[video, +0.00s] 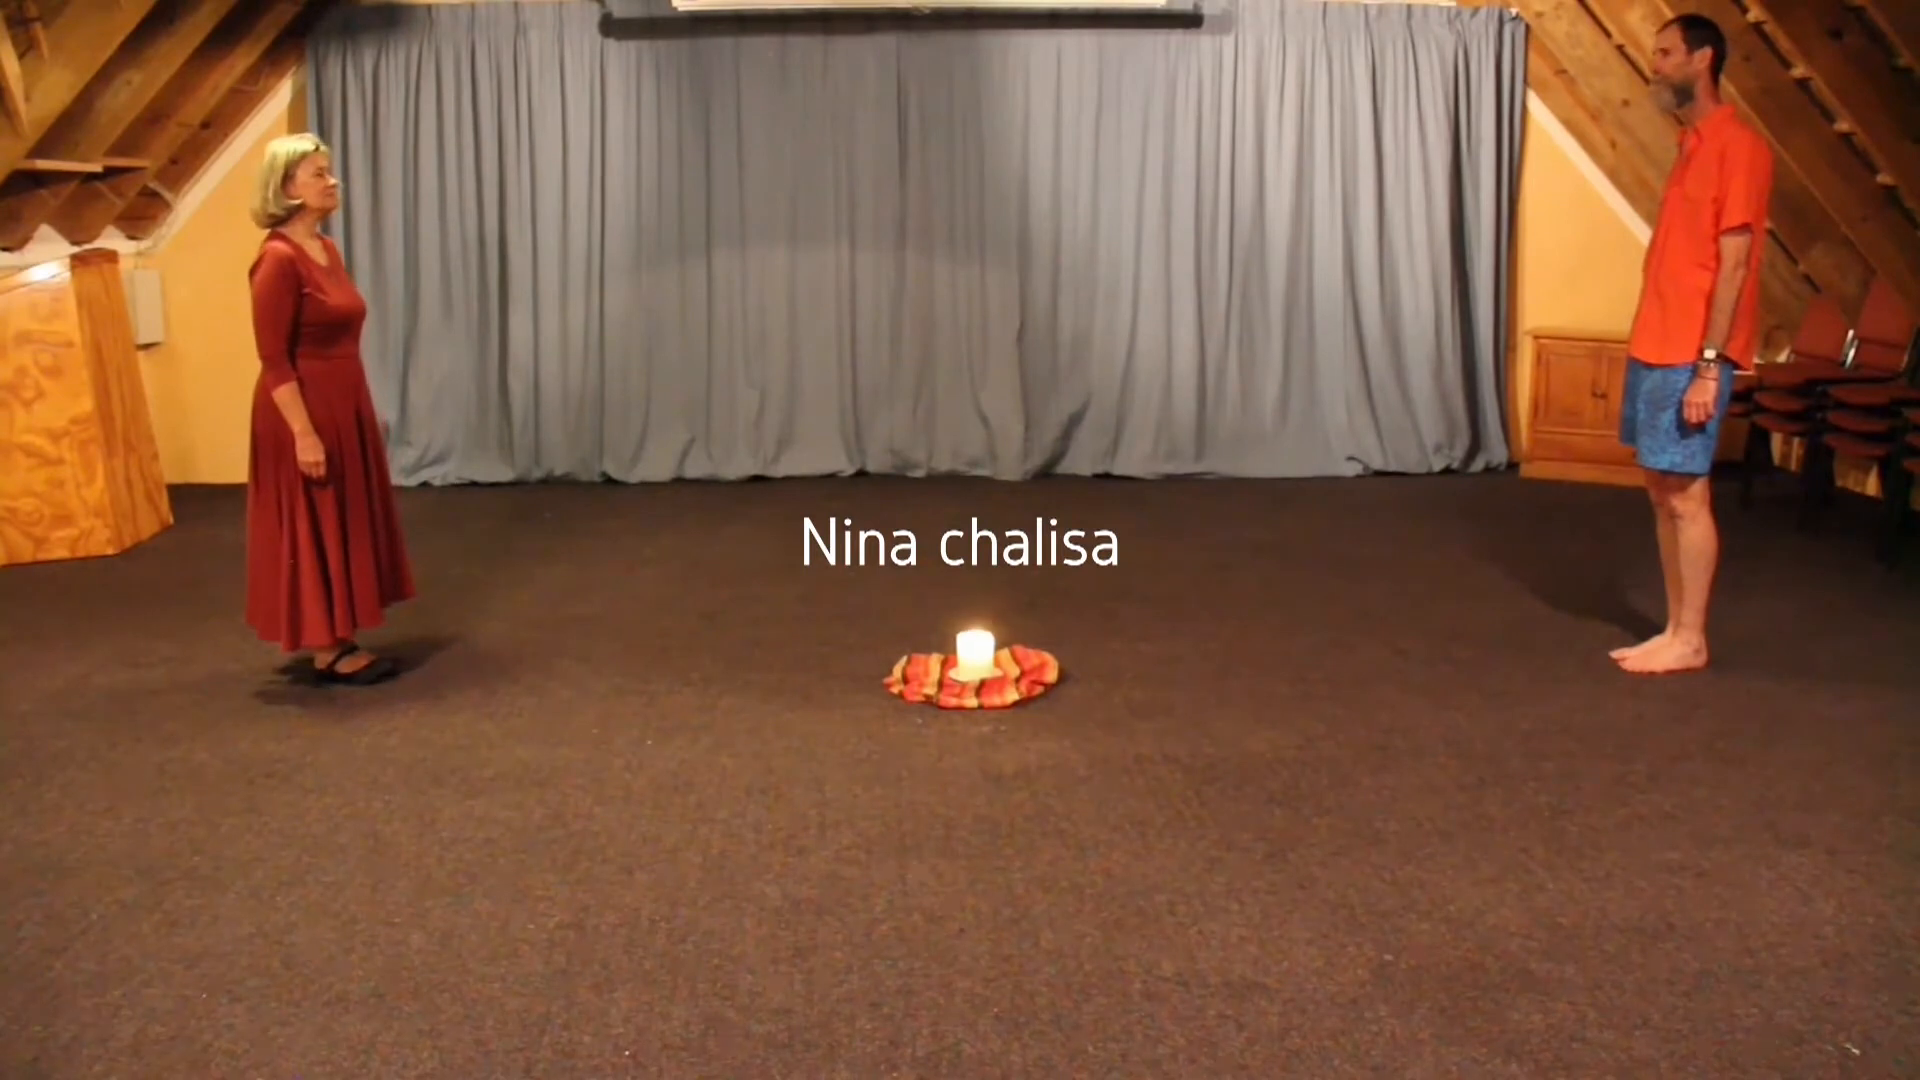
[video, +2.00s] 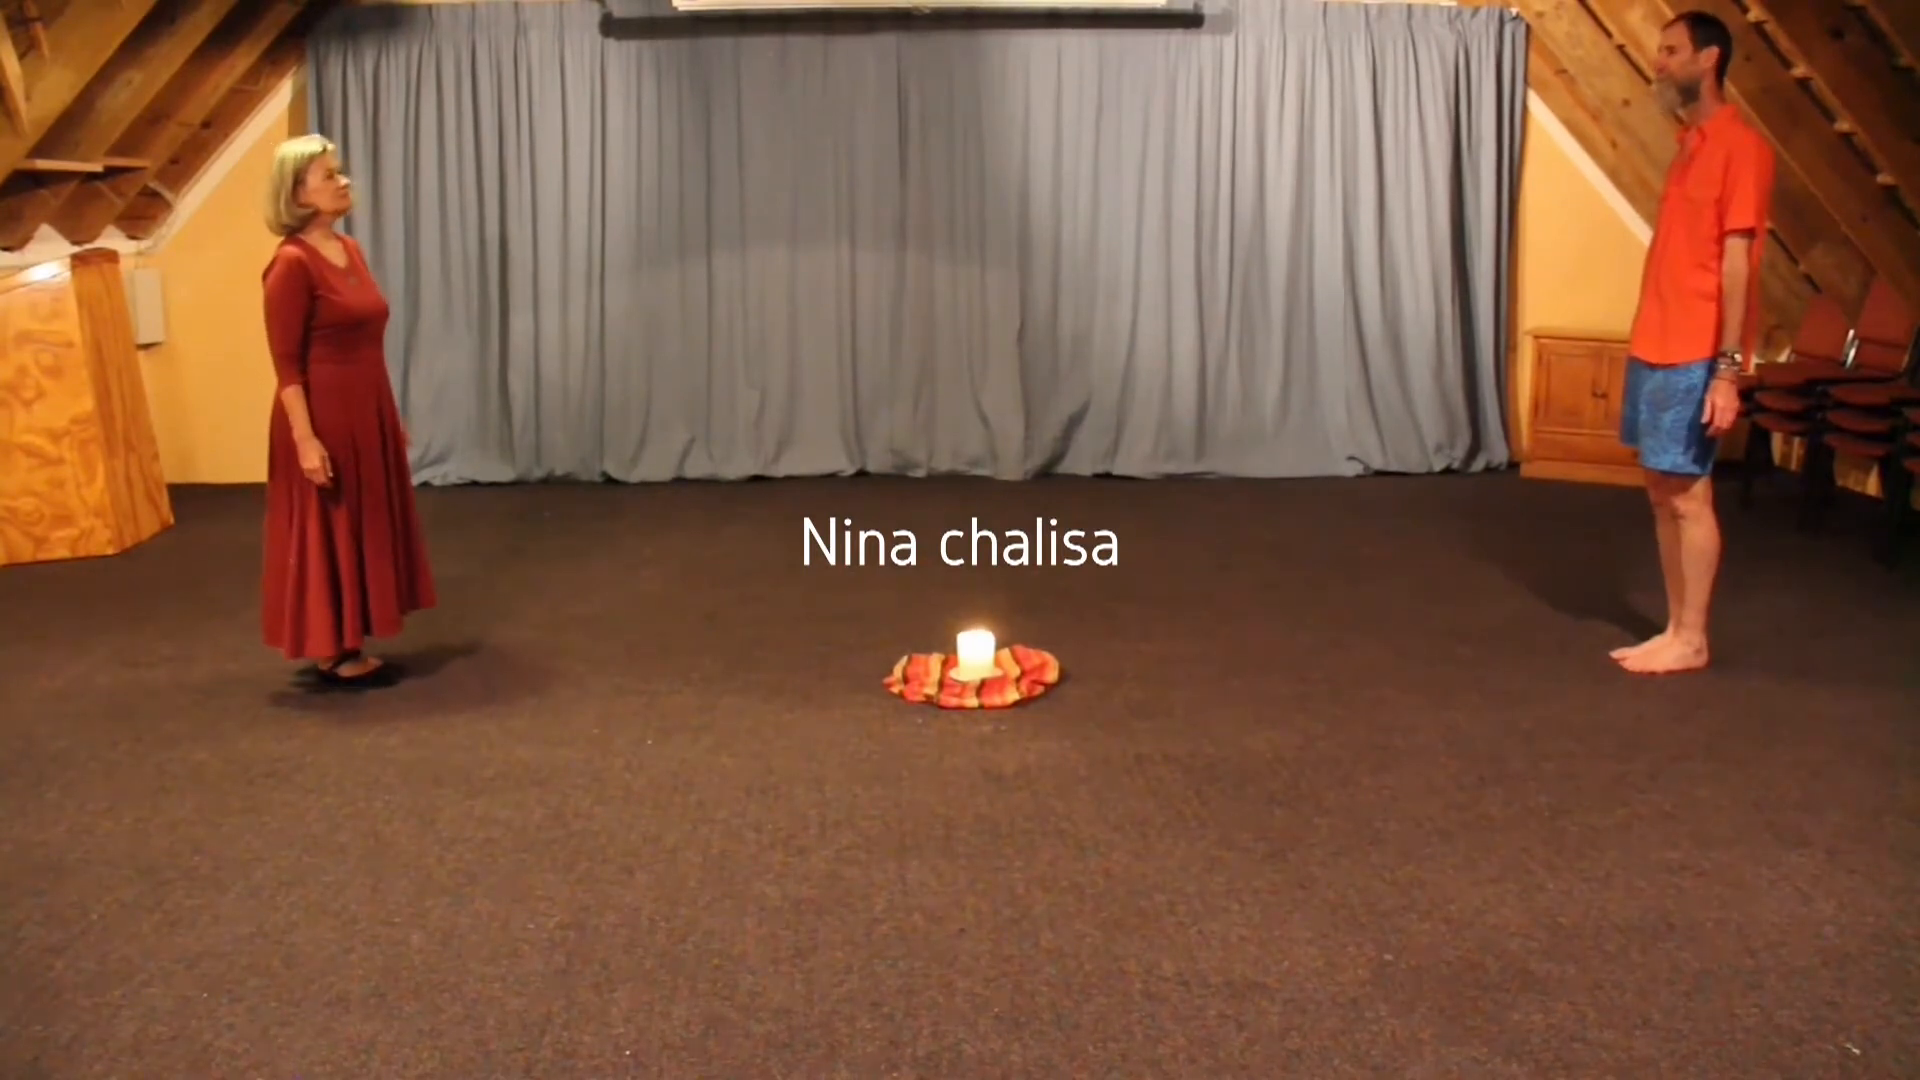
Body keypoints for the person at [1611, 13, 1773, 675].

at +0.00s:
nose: (1654, 65)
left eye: (1665, 53)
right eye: (1654, 54)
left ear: (1704, 59)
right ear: (1692, 61)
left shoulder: (1737, 141)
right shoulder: (1697, 141)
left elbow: (1734, 262)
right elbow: (1691, 256)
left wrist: (1711, 363)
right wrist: (1661, 349)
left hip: (1693, 357)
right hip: (1659, 351)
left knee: (1686, 499)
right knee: (1664, 494)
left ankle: (1691, 639)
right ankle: (1676, 630)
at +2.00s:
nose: (1658, 62)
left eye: (1670, 50)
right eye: (1658, 50)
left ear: (1710, 58)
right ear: (1692, 60)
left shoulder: (1741, 142)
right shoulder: (1695, 140)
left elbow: (1738, 258)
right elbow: (1688, 252)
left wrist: (1728, 366)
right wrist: (1654, 344)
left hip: (1694, 355)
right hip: (1657, 349)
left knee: (1688, 496)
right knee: (1663, 493)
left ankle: (1692, 639)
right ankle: (1677, 630)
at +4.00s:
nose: (1653, 65)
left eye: (1665, 53)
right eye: (1654, 53)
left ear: (1705, 61)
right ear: (1689, 62)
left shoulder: (1738, 146)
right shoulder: (1690, 143)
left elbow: (1735, 262)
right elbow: (1685, 256)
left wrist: (1728, 370)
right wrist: (1654, 347)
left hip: (1694, 358)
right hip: (1655, 352)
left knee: (1687, 498)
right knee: (1661, 493)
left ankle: (1692, 639)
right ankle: (1677, 630)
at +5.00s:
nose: (1659, 58)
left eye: (1672, 47)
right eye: (1660, 46)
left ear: (1710, 59)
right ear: (1691, 60)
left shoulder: (1740, 143)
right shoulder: (1694, 142)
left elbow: (1739, 259)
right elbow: (1692, 256)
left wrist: (1734, 367)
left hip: (1696, 356)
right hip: (1658, 350)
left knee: (1688, 497)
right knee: (1662, 492)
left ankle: (1693, 639)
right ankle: (1677, 630)